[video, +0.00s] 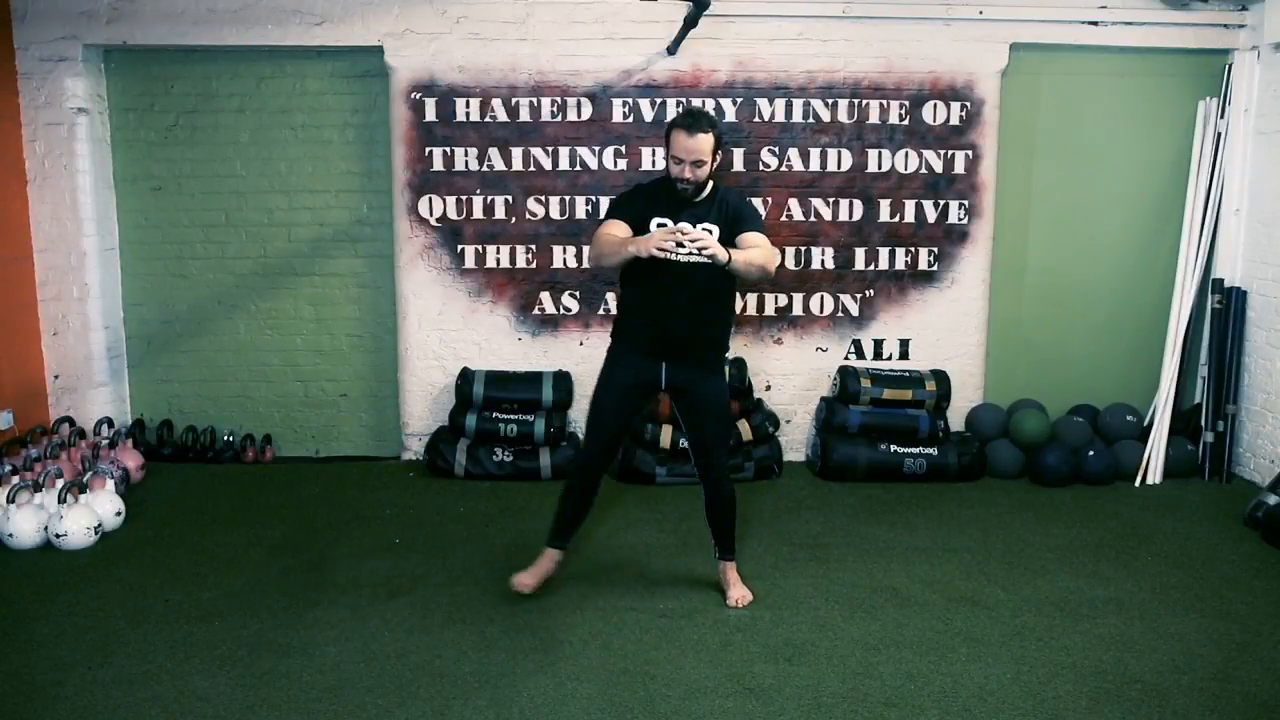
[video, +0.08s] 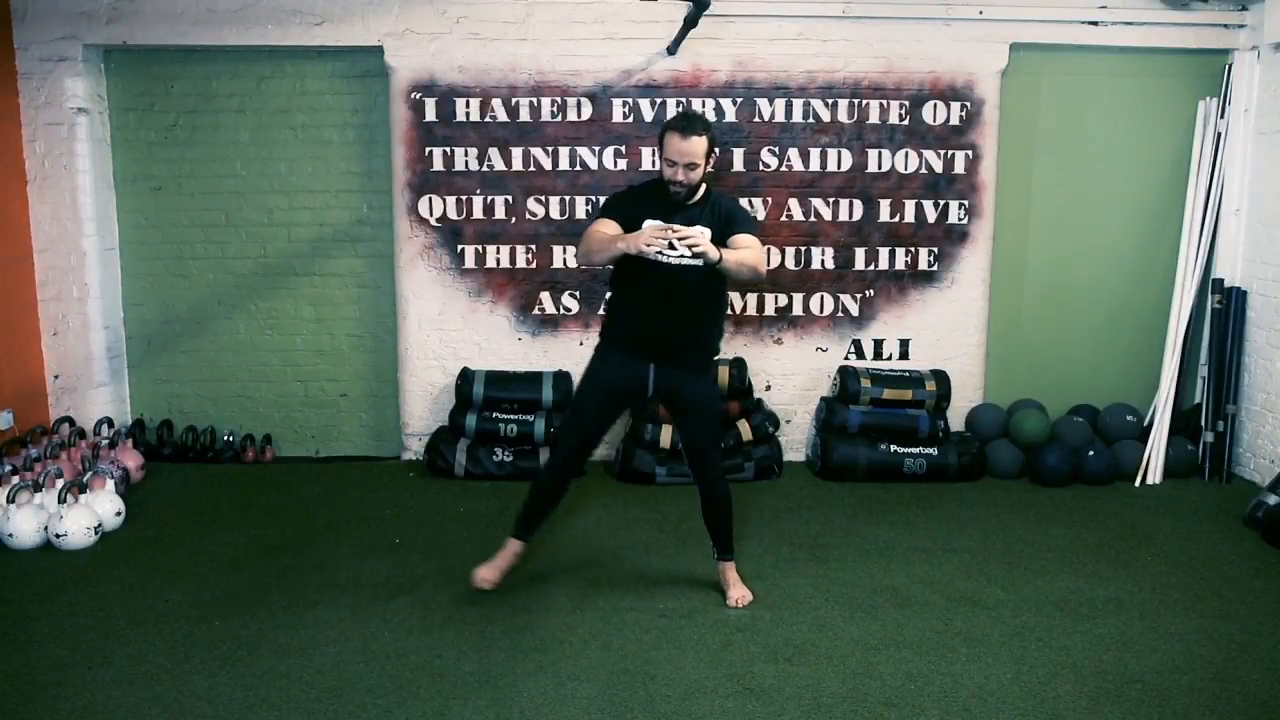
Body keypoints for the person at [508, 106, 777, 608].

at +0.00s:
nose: (686, 172)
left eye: (697, 163)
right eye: (678, 161)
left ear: (716, 159)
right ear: (666, 154)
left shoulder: (733, 207)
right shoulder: (641, 196)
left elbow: (767, 261)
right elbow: (599, 251)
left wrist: (726, 255)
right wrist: (638, 243)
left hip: (700, 357)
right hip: (633, 352)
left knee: (716, 466)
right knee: (594, 452)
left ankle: (728, 564)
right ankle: (553, 552)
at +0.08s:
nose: (679, 176)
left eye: (691, 166)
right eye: (670, 164)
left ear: (710, 162)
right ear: (659, 156)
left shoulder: (726, 211)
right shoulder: (631, 200)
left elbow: (757, 264)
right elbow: (589, 251)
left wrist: (716, 254)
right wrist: (627, 242)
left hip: (690, 361)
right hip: (621, 353)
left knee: (709, 465)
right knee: (569, 448)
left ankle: (727, 564)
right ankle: (513, 547)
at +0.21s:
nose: (658, 183)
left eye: (670, 175)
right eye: (651, 172)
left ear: (689, 170)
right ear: (640, 164)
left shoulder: (702, 219)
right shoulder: (613, 205)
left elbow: (737, 271)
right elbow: (564, 253)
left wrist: (694, 257)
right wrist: (605, 243)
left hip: (664, 369)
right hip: (595, 359)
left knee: (695, 468)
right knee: (532, 447)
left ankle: (725, 565)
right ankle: (462, 541)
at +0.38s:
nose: (605, 213)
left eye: (617, 206)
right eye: (598, 202)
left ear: (637, 199)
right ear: (588, 189)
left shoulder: (649, 240)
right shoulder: (559, 229)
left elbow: (682, 295)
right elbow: (510, 273)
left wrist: (642, 276)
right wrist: (554, 262)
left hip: (617, 389)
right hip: (545, 382)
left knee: (664, 476)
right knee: (472, 464)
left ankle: (721, 566)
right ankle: (413, 564)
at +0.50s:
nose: (549, 254)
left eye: (561, 246)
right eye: (542, 243)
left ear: (581, 238)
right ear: (530, 234)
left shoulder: (600, 280)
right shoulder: (509, 267)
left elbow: (628, 334)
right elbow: (454, 308)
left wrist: (585, 313)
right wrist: (502, 297)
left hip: (570, 413)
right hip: (497, 409)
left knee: (638, 485)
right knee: (417, 475)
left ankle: (715, 566)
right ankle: (413, 570)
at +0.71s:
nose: (468, 337)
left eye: (479, 328)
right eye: (461, 326)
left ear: (499, 317)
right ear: (450, 314)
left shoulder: (520, 346)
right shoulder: (430, 342)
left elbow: (549, 406)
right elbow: (378, 390)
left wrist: (500, 388)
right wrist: (419, 372)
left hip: (523, 453)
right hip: (452, 450)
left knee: (602, 513)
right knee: (373, 496)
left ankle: (704, 568)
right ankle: (413, 574)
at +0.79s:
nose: (451, 370)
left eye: (460, 361)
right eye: (443, 361)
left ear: (479, 347)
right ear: (429, 345)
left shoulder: (502, 372)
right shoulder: (413, 367)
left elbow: (531, 433)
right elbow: (360, 421)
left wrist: (478, 417)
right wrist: (401, 402)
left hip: (509, 470)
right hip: (443, 468)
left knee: (597, 523)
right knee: (363, 500)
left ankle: (703, 570)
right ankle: (413, 574)